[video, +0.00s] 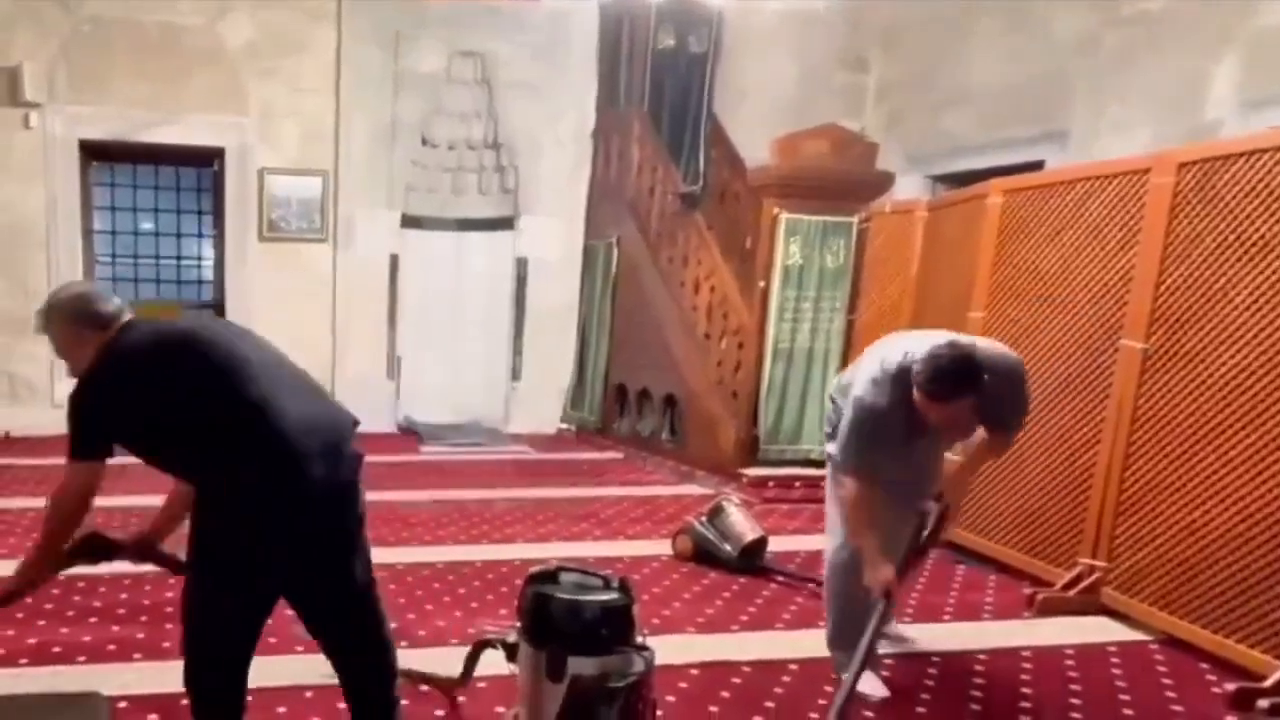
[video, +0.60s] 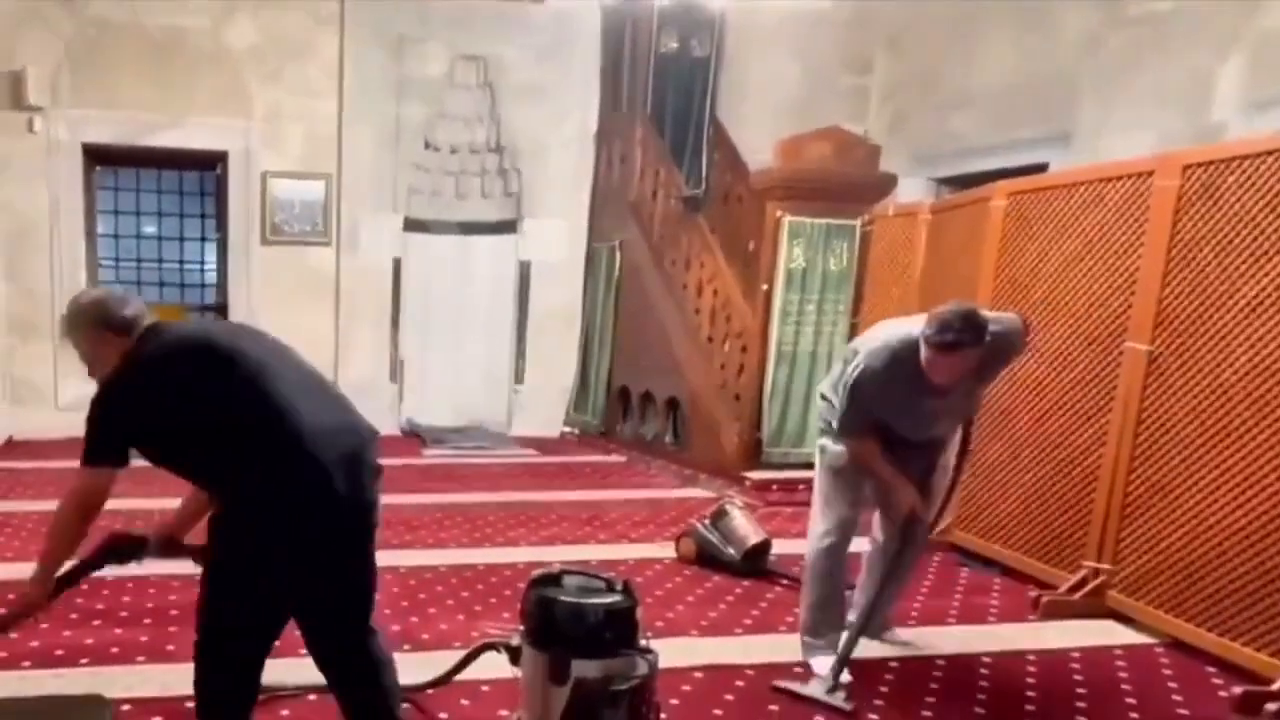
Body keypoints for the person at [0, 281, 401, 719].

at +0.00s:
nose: (63, 361)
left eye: (60, 347)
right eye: (57, 349)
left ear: (79, 333)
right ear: (115, 316)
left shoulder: (99, 385)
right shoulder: (188, 336)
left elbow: (76, 495)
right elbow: (202, 465)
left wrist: (27, 575)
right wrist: (150, 536)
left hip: (247, 493)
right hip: (331, 465)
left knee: (215, 657)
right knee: (356, 634)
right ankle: (379, 709)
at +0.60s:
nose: (87, 366)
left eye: (85, 352)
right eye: (81, 354)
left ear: (102, 340)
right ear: (140, 321)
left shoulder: (122, 390)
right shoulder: (205, 340)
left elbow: (86, 500)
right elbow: (233, 458)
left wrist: (41, 582)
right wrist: (172, 530)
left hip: (271, 498)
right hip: (352, 468)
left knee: (227, 658)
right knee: (345, 637)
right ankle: (386, 711)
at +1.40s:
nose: (214, 331)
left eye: (211, 316)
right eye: (207, 319)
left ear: (238, 298)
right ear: (262, 288)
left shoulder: (259, 355)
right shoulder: (350, 299)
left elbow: (295, 479)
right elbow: (451, 312)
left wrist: (339, 512)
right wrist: (450, 411)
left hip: (378, 506)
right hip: (456, 486)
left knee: (316, 676)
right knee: (411, 662)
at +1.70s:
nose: (185, 366)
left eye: (185, 351)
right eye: (177, 356)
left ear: (218, 324)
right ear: (226, 322)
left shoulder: (240, 393)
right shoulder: (321, 320)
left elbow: (233, 531)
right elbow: (418, 317)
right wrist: (407, 405)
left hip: (370, 532)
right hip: (441, 508)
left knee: (305, 695)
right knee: (388, 678)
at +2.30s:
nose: (17, 464)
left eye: (12, 445)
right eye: (8, 451)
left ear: (52, 403)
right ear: (64, 384)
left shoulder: (99, 495)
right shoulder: (161, 344)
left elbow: (112, 652)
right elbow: (275, 315)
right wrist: (295, 367)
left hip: (324, 573)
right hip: (379, 508)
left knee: (262, 708)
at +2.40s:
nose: (17, 452)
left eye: (14, 433)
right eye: (8, 441)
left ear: (56, 388)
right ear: (67, 375)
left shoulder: (105, 486)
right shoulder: (162, 339)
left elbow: (125, 653)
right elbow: (275, 314)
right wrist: (295, 368)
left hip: (317, 582)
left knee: (263, 708)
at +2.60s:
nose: (9, 413)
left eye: (11, 391)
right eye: (3, 397)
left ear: (70, 355)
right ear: (75, 348)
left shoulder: (126, 452)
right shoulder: (166, 327)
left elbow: (178, 625)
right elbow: (282, 315)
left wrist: (93, 711)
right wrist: (301, 380)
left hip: (309, 595)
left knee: (234, 709)